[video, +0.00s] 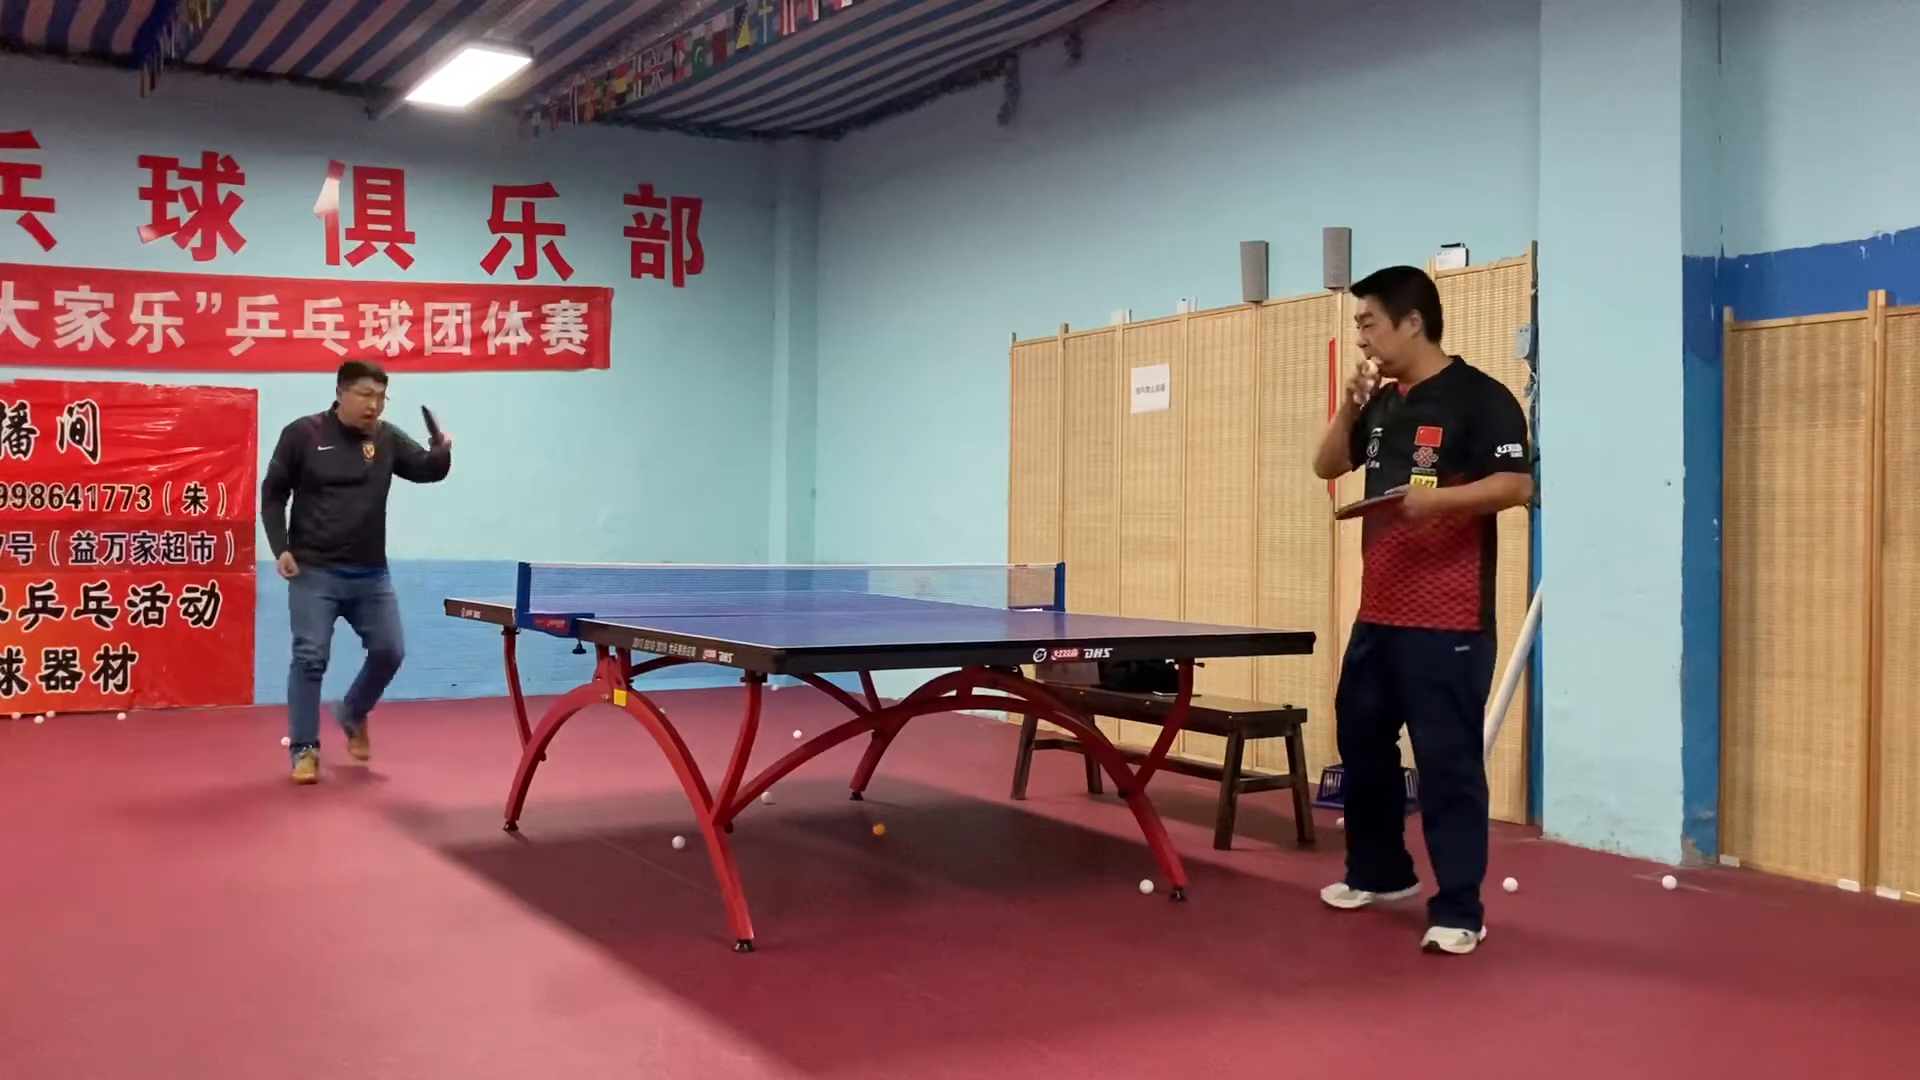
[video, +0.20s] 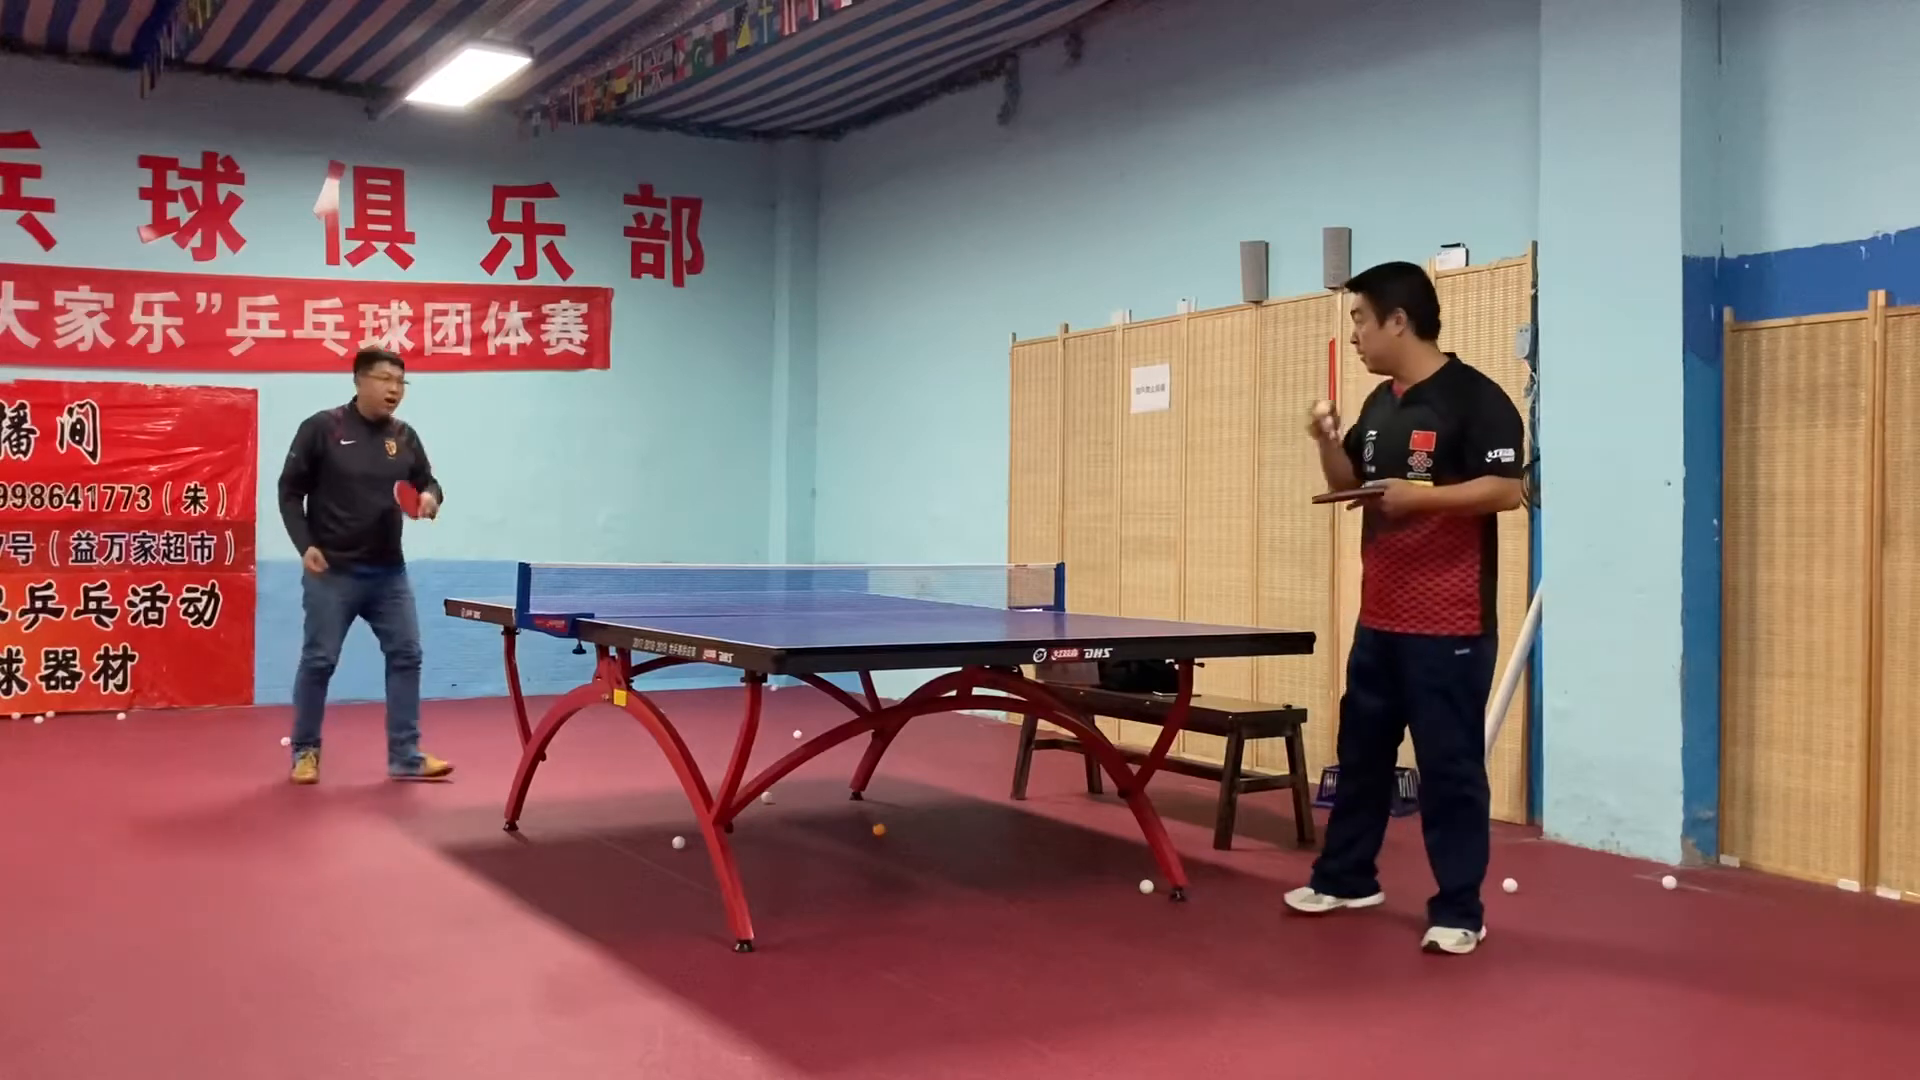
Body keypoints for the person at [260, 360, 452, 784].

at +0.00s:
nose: (374, 405)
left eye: (380, 397)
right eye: (365, 396)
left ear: (384, 401)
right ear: (341, 394)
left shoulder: (386, 438)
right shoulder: (302, 435)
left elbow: (429, 470)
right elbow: (272, 496)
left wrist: (441, 452)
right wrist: (280, 549)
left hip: (369, 575)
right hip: (313, 573)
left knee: (389, 651)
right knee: (310, 657)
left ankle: (352, 713)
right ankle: (304, 747)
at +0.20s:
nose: (393, 390)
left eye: (398, 383)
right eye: (384, 380)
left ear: (402, 388)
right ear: (359, 382)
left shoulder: (403, 436)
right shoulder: (321, 429)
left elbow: (427, 482)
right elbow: (289, 491)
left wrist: (430, 496)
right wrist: (305, 544)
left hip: (386, 573)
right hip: (331, 571)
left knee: (406, 654)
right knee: (319, 660)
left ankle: (404, 755)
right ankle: (306, 749)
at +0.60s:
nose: (457, 400)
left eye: (463, 392)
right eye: (448, 390)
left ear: (465, 397)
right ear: (422, 391)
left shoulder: (461, 442)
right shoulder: (379, 432)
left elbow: (471, 491)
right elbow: (331, 483)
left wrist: (473, 526)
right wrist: (349, 537)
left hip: (428, 575)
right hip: (376, 571)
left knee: (433, 666)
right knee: (374, 656)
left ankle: (417, 761)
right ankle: (361, 761)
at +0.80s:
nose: (465, 428)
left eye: (470, 419)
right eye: (455, 419)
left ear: (472, 422)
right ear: (426, 419)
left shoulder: (465, 457)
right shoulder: (388, 462)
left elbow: (473, 502)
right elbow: (347, 521)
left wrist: (484, 535)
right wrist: (396, 557)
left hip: (431, 578)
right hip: (380, 579)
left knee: (472, 651)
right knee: (395, 664)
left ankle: (433, 748)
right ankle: (393, 772)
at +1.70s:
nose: (523, 445)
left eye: (529, 437)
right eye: (514, 435)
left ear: (532, 442)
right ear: (487, 434)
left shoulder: (511, 483)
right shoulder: (447, 465)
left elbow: (505, 536)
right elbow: (406, 533)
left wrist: (507, 575)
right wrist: (461, 570)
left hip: (447, 584)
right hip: (397, 578)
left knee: (474, 658)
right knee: (396, 660)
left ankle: (470, 755)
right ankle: (386, 762)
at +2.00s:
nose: (516, 433)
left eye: (522, 426)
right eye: (508, 423)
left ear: (524, 431)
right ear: (481, 422)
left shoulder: (500, 479)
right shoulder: (442, 458)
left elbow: (494, 529)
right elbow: (404, 521)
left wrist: (506, 564)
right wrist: (451, 559)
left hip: (439, 583)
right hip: (394, 574)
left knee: (467, 663)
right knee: (376, 656)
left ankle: (469, 755)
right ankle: (328, 758)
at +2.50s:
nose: (487, 430)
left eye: (493, 423)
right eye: (478, 420)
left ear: (496, 425)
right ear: (450, 417)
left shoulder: (489, 464)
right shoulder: (398, 453)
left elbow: (507, 515)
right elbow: (363, 517)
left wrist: (536, 538)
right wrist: (404, 554)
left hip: (457, 594)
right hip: (394, 595)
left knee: (513, 659)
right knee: (358, 676)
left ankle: (534, 766)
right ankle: (307, 775)